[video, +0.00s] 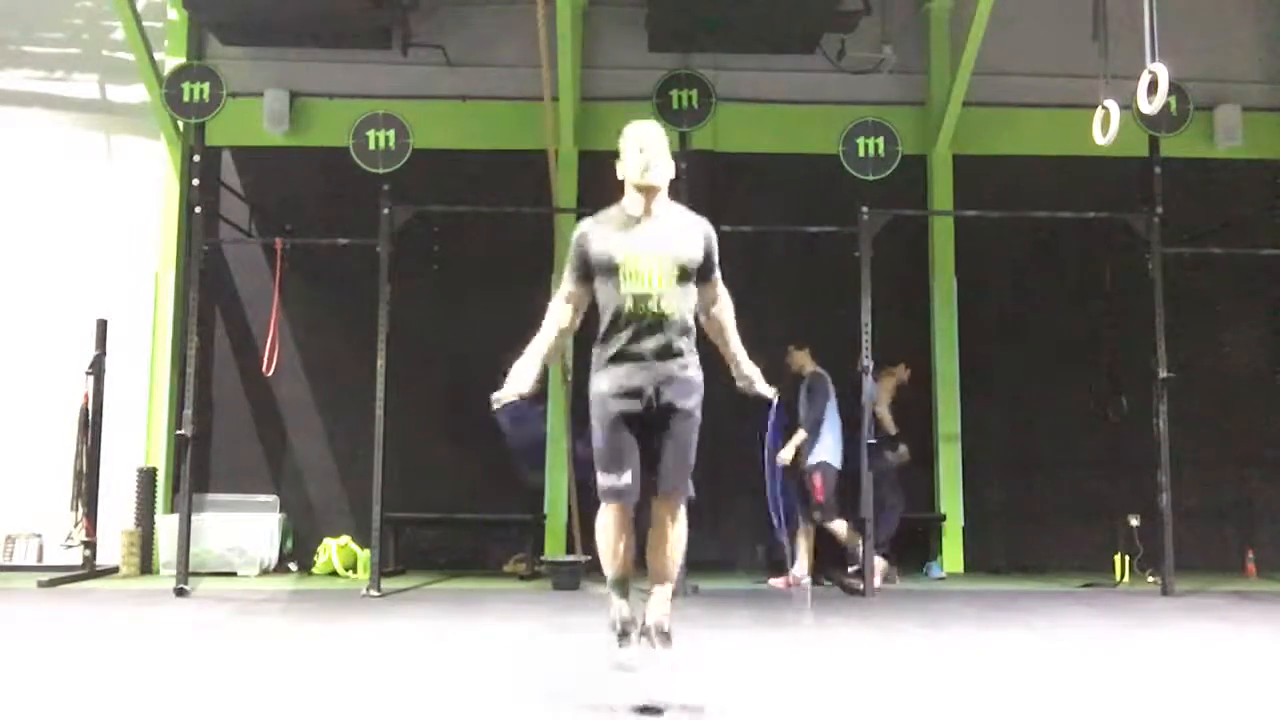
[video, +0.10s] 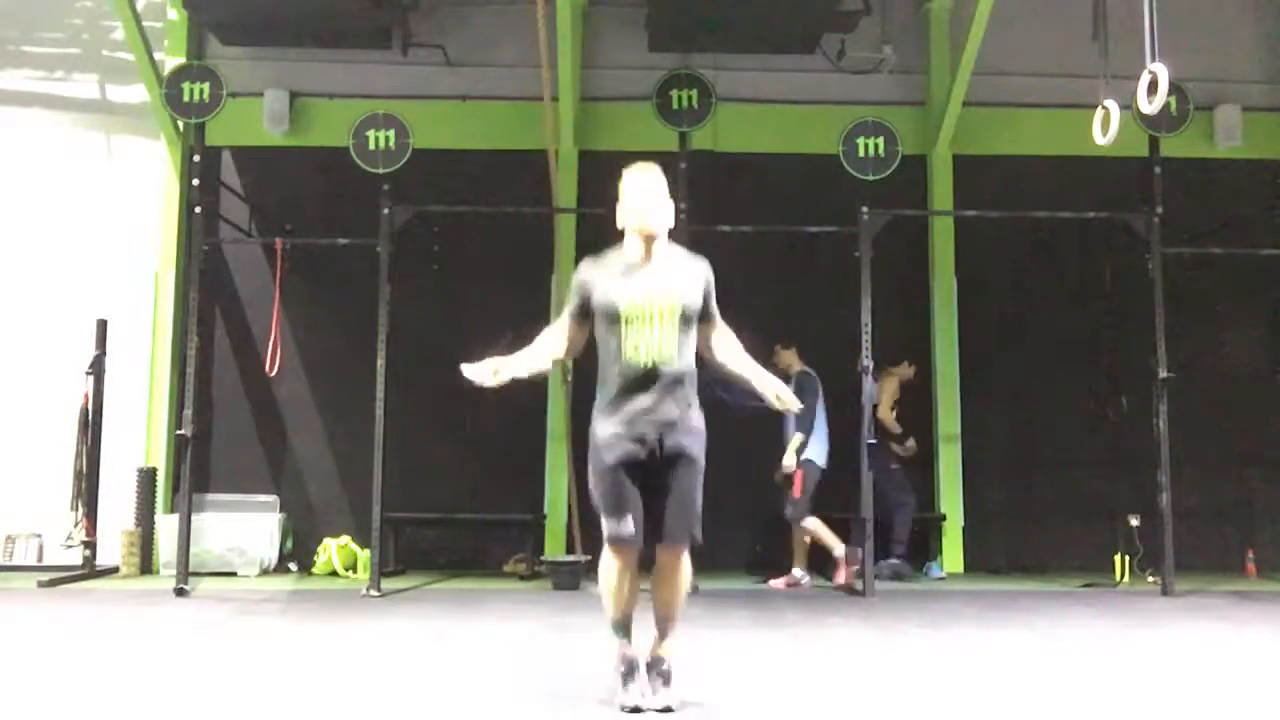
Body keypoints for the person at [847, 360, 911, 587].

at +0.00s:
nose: (907, 377)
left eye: (907, 372)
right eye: (905, 371)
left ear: (891, 368)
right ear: (898, 368)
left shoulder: (877, 382)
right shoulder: (886, 381)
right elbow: (880, 409)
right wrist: (896, 436)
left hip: (874, 447)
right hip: (877, 448)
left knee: (876, 503)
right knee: (893, 502)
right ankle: (875, 553)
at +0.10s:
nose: (911, 374)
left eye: (912, 371)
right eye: (911, 369)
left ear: (895, 365)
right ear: (902, 365)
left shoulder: (877, 380)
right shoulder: (891, 381)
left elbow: (875, 421)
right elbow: (883, 413)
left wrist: (895, 445)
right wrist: (904, 436)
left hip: (869, 448)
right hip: (879, 449)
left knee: (869, 503)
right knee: (904, 499)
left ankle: (863, 559)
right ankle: (896, 557)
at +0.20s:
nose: (917, 375)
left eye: (918, 371)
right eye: (917, 370)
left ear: (903, 366)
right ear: (907, 365)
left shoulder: (885, 383)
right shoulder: (895, 382)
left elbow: (884, 427)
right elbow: (887, 416)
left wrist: (909, 444)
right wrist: (907, 431)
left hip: (874, 450)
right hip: (886, 451)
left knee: (870, 507)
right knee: (908, 504)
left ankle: (859, 561)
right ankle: (923, 561)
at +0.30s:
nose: (926, 374)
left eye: (927, 370)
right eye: (925, 369)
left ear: (909, 365)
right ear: (915, 365)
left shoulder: (892, 382)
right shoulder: (905, 384)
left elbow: (893, 422)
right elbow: (897, 418)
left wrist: (918, 440)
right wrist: (919, 432)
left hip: (882, 450)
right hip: (896, 451)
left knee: (874, 506)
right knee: (913, 505)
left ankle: (858, 560)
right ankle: (933, 563)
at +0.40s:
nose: (935, 373)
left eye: (937, 370)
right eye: (936, 368)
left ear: (921, 364)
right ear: (929, 364)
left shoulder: (899, 380)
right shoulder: (916, 383)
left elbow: (896, 418)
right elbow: (912, 420)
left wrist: (925, 429)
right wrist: (930, 431)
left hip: (889, 451)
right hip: (908, 453)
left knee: (886, 507)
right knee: (923, 506)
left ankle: (863, 556)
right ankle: (935, 563)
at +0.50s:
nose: (946, 375)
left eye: (948, 370)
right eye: (947, 369)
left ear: (928, 362)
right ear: (940, 363)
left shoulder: (903, 379)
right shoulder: (929, 383)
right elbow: (928, 420)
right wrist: (952, 427)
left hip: (894, 451)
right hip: (918, 453)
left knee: (906, 507)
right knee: (931, 506)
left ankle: (877, 552)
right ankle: (938, 563)